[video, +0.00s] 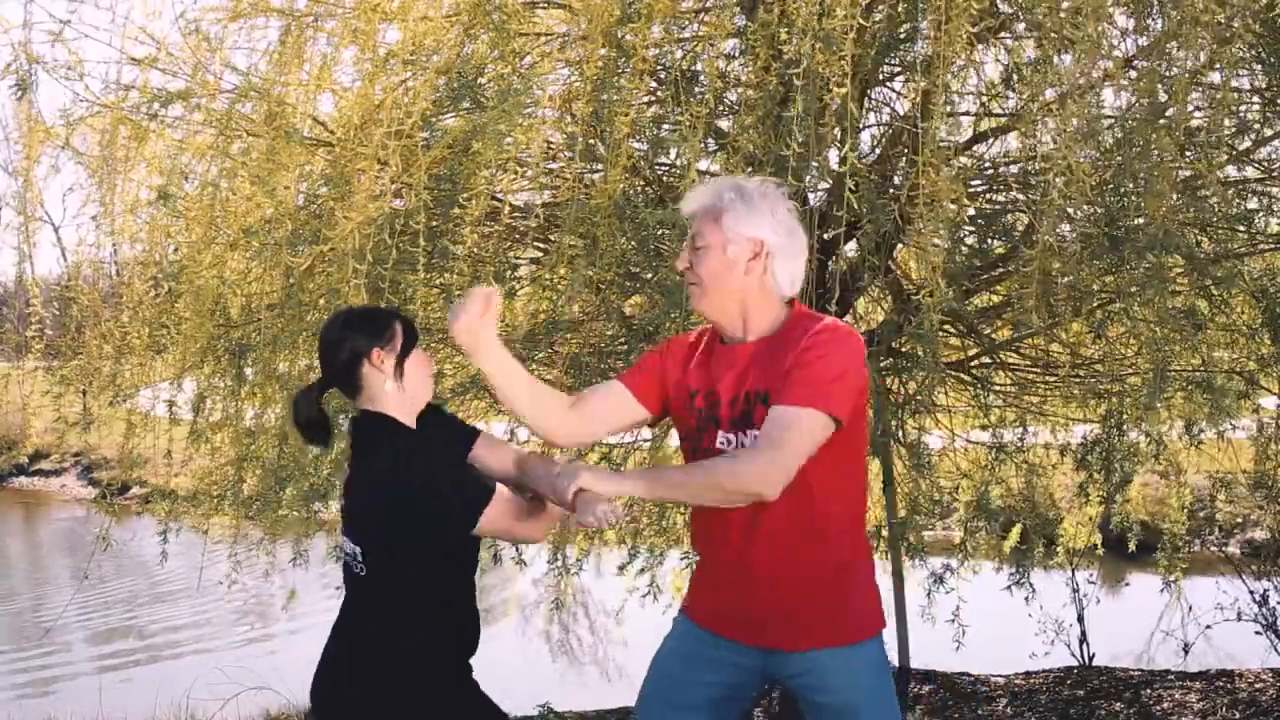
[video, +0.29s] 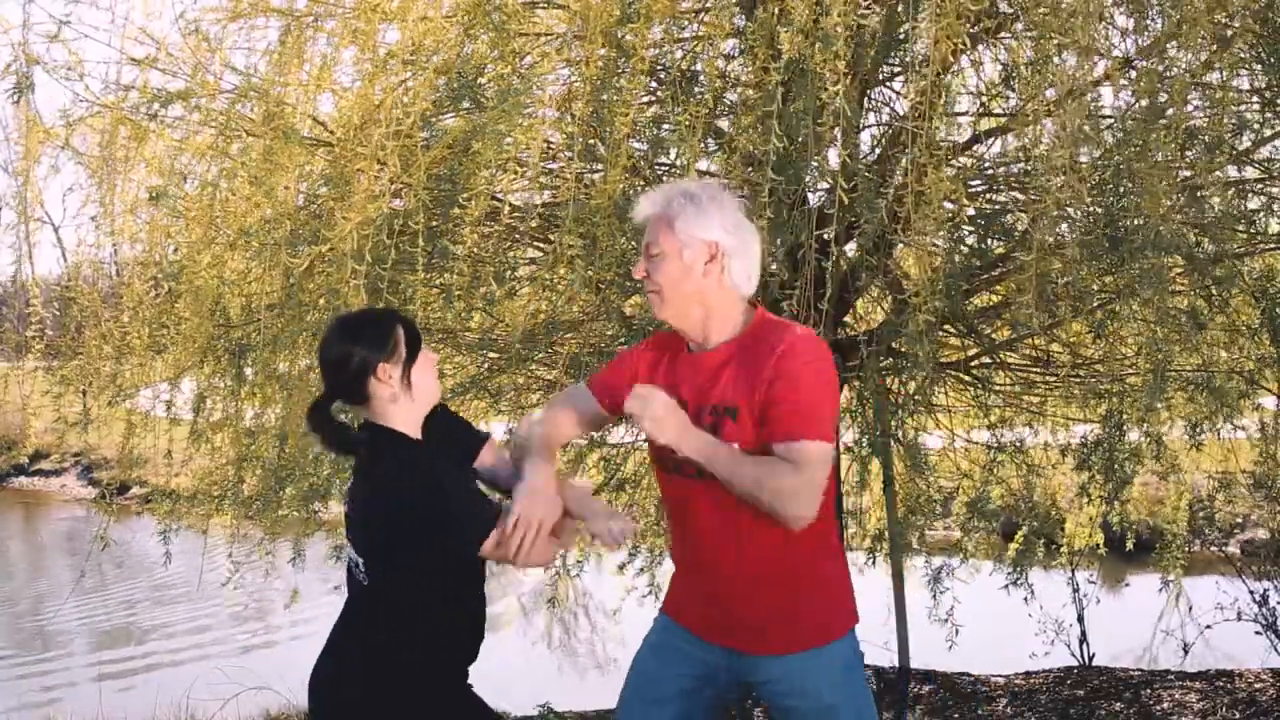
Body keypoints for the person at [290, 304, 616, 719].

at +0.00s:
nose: (430, 360)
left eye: (423, 346)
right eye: (419, 347)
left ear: (379, 360)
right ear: (381, 359)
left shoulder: (415, 419)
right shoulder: (408, 465)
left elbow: (516, 464)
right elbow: (530, 522)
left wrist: (574, 492)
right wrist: (568, 497)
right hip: (418, 693)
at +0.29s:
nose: (434, 357)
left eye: (424, 347)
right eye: (421, 350)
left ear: (386, 378)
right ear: (388, 376)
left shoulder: (421, 421)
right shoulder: (411, 479)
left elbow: (510, 466)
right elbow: (530, 550)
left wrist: (587, 507)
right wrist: (575, 520)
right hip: (414, 697)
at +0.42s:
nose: (428, 357)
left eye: (417, 347)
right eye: (413, 350)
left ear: (382, 383)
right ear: (383, 380)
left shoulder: (414, 427)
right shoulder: (403, 481)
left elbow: (494, 494)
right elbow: (500, 577)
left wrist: (558, 558)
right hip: (398, 698)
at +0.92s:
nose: (436, 355)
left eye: (429, 343)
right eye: (425, 344)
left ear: (387, 364)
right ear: (389, 362)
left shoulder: (417, 420)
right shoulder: (403, 449)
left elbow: (494, 483)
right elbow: (501, 549)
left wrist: (547, 527)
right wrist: (545, 544)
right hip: (400, 687)